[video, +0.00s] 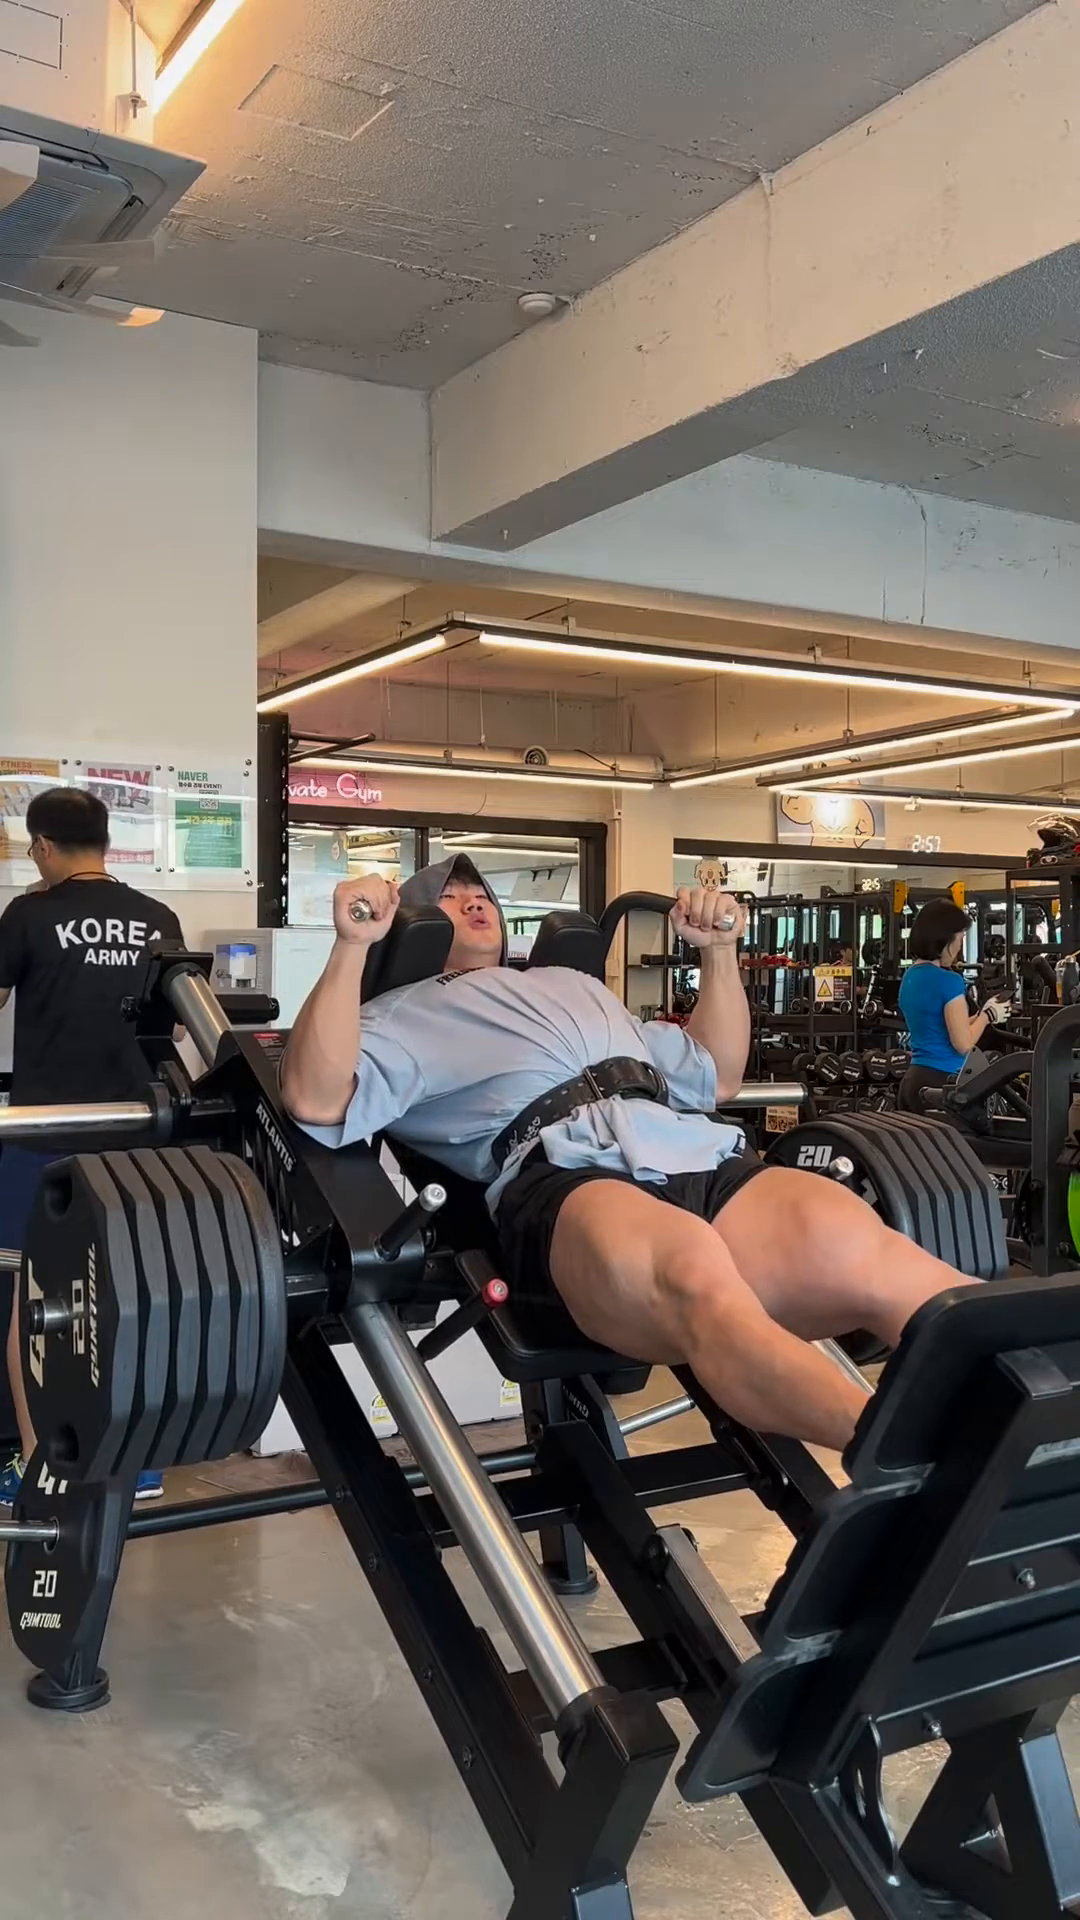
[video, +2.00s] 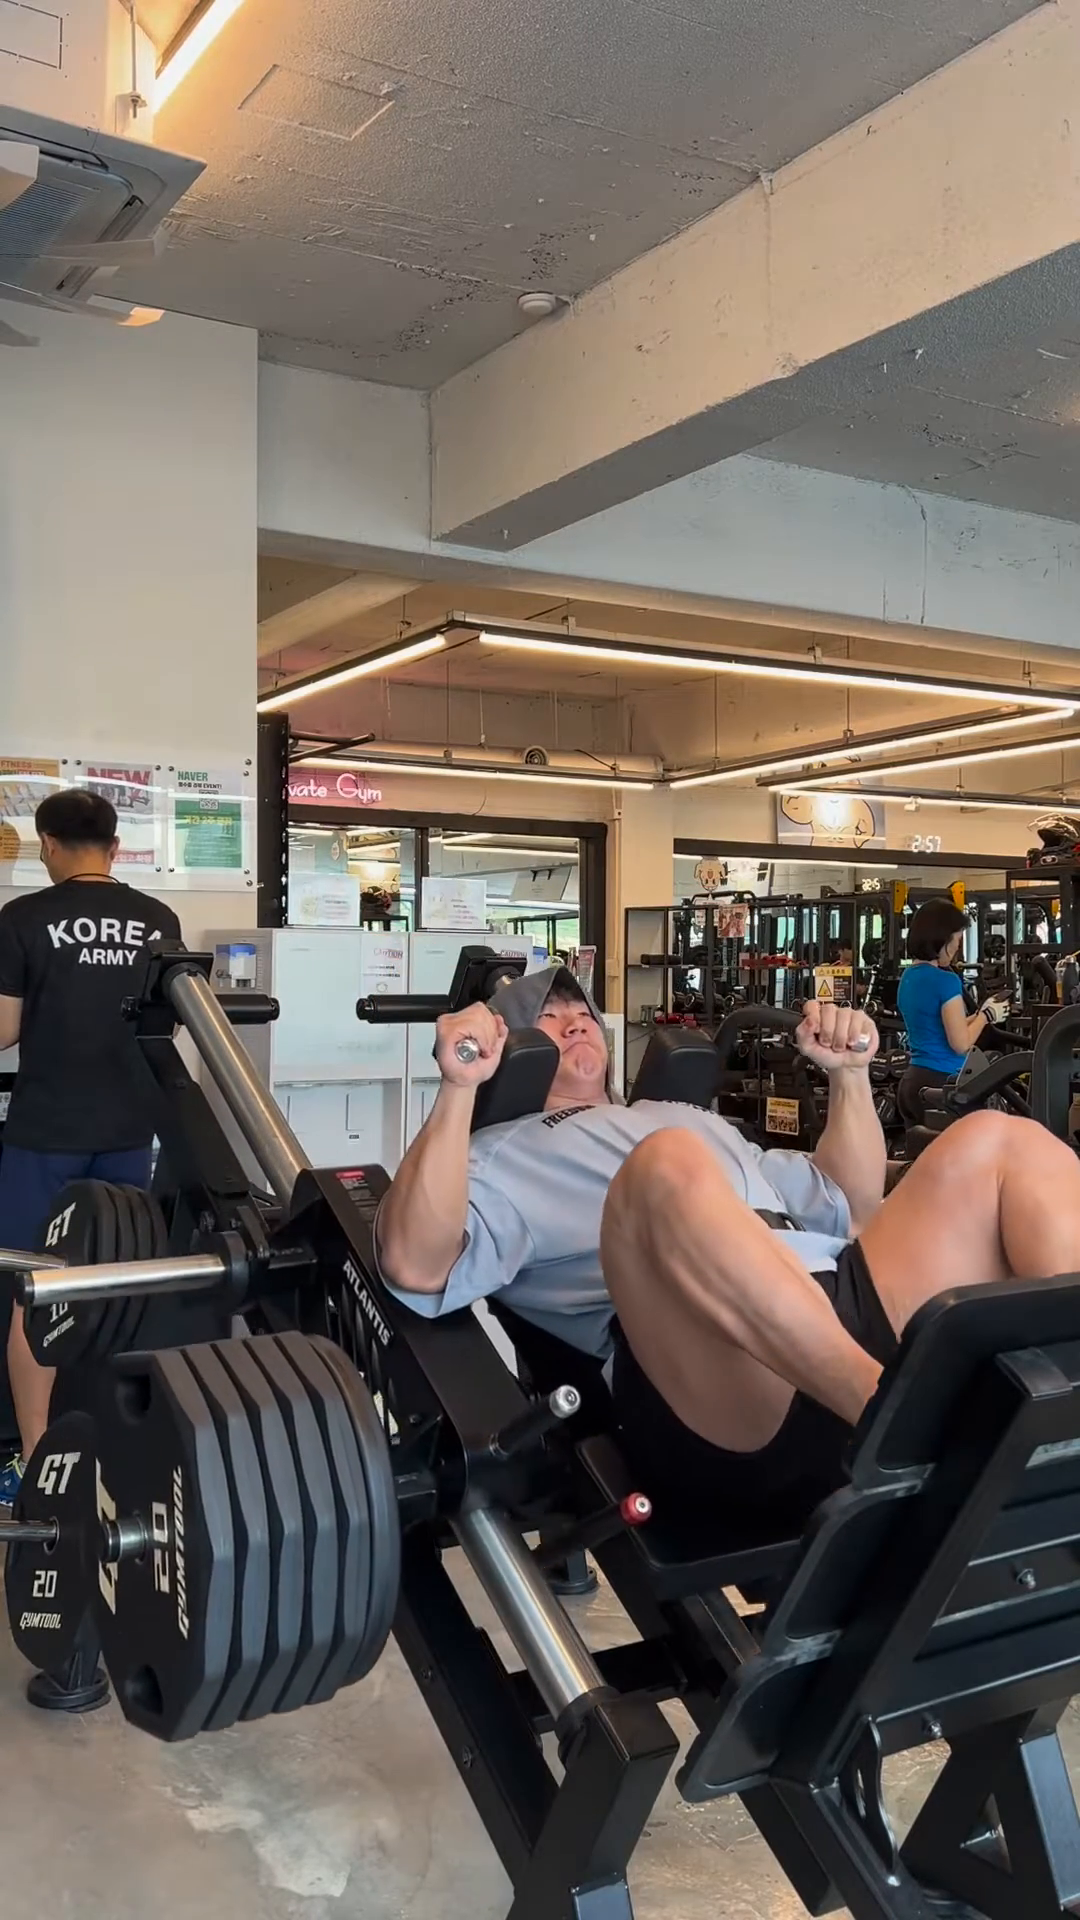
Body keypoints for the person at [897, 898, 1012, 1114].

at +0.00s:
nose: (960, 947)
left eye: (961, 939)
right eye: (960, 939)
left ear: (926, 935)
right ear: (946, 940)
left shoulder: (909, 978)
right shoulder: (949, 981)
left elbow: (929, 1032)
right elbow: (963, 1043)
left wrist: (975, 1016)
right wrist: (989, 1015)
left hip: (915, 1076)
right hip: (948, 1081)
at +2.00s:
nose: (958, 948)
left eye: (959, 941)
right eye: (957, 941)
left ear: (924, 936)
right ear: (943, 940)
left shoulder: (907, 978)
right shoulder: (946, 981)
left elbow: (932, 1034)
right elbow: (961, 1044)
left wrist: (977, 1015)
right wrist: (986, 1015)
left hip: (913, 1078)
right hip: (945, 1083)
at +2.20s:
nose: (958, 947)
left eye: (959, 940)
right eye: (957, 940)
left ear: (923, 935)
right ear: (943, 940)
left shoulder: (907, 978)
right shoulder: (946, 981)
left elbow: (931, 1034)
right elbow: (961, 1043)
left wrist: (976, 1015)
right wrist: (986, 1015)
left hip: (914, 1077)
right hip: (945, 1082)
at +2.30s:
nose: (958, 947)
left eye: (959, 941)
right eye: (957, 940)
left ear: (923, 936)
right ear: (943, 941)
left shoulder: (907, 978)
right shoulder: (946, 981)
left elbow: (934, 1033)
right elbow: (961, 1043)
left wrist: (975, 1016)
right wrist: (987, 1015)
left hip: (917, 1074)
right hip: (947, 1079)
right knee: (997, 1058)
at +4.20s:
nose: (959, 946)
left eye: (960, 939)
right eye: (958, 939)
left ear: (924, 937)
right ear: (943, 941)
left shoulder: (909, 977)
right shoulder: (948, 981)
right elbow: (963, 1043)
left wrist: (980, 1012)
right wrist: (988, 1013)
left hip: (917, 1073)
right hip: (948, 1080)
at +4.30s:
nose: (958, 947)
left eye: (959, 941)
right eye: (957, 940)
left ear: (923, 936)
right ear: (944, 942)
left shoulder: (908, 978)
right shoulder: (947, 981)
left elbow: (932, 1032)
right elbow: (963, 1042)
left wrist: (976, 1013)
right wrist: (986, 1012)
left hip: (916, 1073)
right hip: (947, 1079)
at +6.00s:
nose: (958, 947)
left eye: (958, 940)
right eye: (957, 939)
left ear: (922, 935)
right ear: (943, 941)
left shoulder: (907, 978)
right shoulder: (946, 981)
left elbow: (932, 1031)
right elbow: (961, 1042)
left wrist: (976, 1014)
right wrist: (987, 1013)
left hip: (914, 1077)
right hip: (946, 1083)